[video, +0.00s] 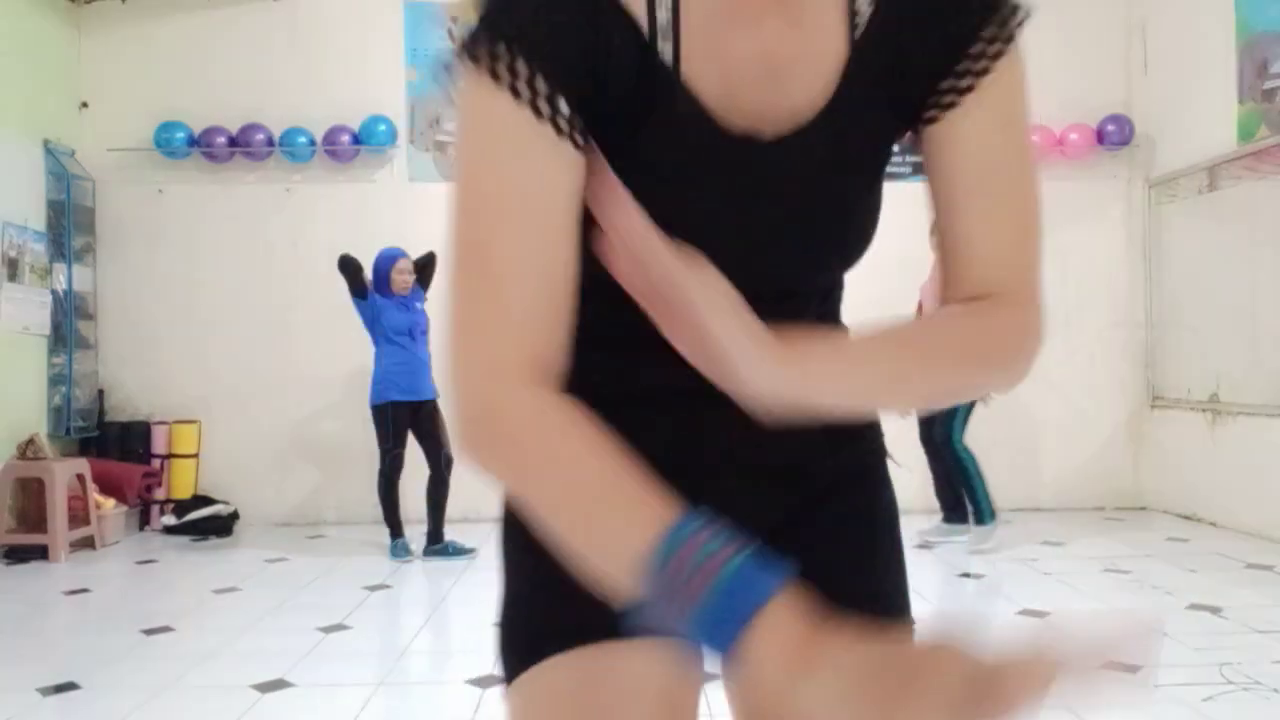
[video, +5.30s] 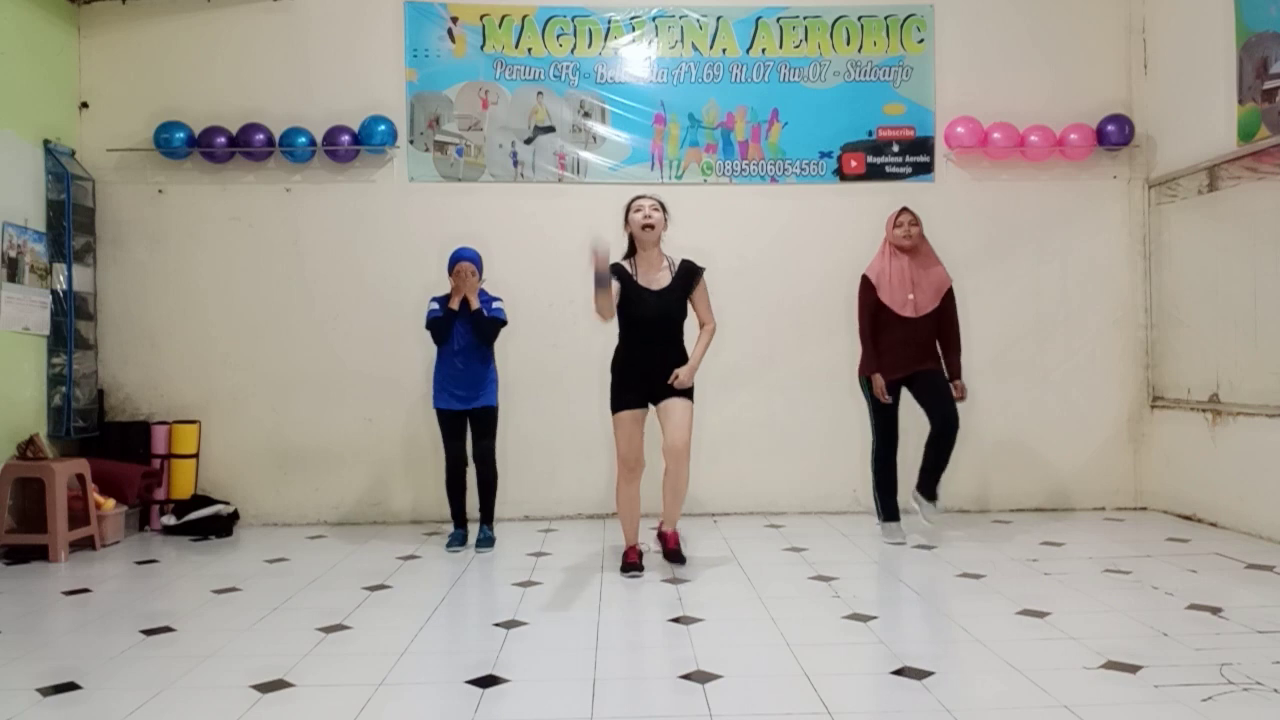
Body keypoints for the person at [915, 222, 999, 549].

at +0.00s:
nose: (934, 238)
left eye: (939, 233)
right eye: (935, 233)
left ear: (956, 237)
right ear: (937, 236)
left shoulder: (969, 275)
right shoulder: (937, 275)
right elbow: (924, 316)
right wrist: (921, 342)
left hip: (965, 356)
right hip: (937, 356)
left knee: (947, 434)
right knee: (932, 435)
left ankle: (984, 517)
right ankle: (954, 517)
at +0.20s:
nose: (930, 233)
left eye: (938, 227)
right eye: (926, 227)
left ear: (954, 232)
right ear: (920, 234)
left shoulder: (963, 271)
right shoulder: (922, 272)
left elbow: (970, 324)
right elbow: (912, 322)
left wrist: (968, 369)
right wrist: (906, 364)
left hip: (946, 364)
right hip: (918, 363)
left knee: (933, 440)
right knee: (939, 440)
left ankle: (930, 518)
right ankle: (956, 512)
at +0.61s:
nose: (907, 232)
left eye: (914, 226)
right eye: (904, 228)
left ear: (933, 231)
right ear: (902, 235)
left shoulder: (940, 275)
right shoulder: (907, 273)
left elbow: (941, 330)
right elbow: (904, 327)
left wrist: (928, 374)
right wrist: (894, 369)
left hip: (933, 375)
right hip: (907, 373)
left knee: (919, 444)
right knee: (900, 441)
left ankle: (923, 527)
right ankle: (945, 507)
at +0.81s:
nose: (896, 231)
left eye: (903, 226)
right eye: (893, 227)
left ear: (923, 231)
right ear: (892, 235)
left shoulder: (929, 276)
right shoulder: (903, 272)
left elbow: (933, 332)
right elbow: (906, 327)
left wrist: (918, 376)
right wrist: (896, 368)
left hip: (924, 378)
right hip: (897, 373)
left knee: (913, 448)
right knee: (868, 435)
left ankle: (921, 530)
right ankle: (906, 511)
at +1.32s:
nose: (873, 232)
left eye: (882, 226)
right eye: (869, 226)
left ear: (896, 233)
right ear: (862, 233)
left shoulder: (910, 267)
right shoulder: (861, 273)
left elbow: (924, 320)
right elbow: (852, 331)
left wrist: (918, 369)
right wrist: (848, 384)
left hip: (899, 380)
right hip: (862, 380)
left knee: (896, 451)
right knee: (862, 456)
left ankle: (919, 528)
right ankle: (864, 531)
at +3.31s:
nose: (906, 236)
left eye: (913, 230)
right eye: (900, 231)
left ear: (923, 237)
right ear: (891, 236)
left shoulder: (935, 275)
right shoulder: (876, 275)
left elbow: (951, 324)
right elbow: (861, 325)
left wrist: (960, 368)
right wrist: (858, 372)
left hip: (930, 374)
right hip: (887, 374)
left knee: (929, 447)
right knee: (890, 445)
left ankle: (927, 518)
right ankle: (887, 518)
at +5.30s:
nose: (907, 229)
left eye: (913, 224)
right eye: (900, 225)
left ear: (922, 232)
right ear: (889, 234)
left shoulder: (936, 274)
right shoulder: (876, 274)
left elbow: (949, 327)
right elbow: (866, 329)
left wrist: (955, 374)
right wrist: (874, 371)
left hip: (922, 365)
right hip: (882, 369)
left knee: (947, 420)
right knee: (886, 443)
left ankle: (925, 491)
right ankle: (889, 519)